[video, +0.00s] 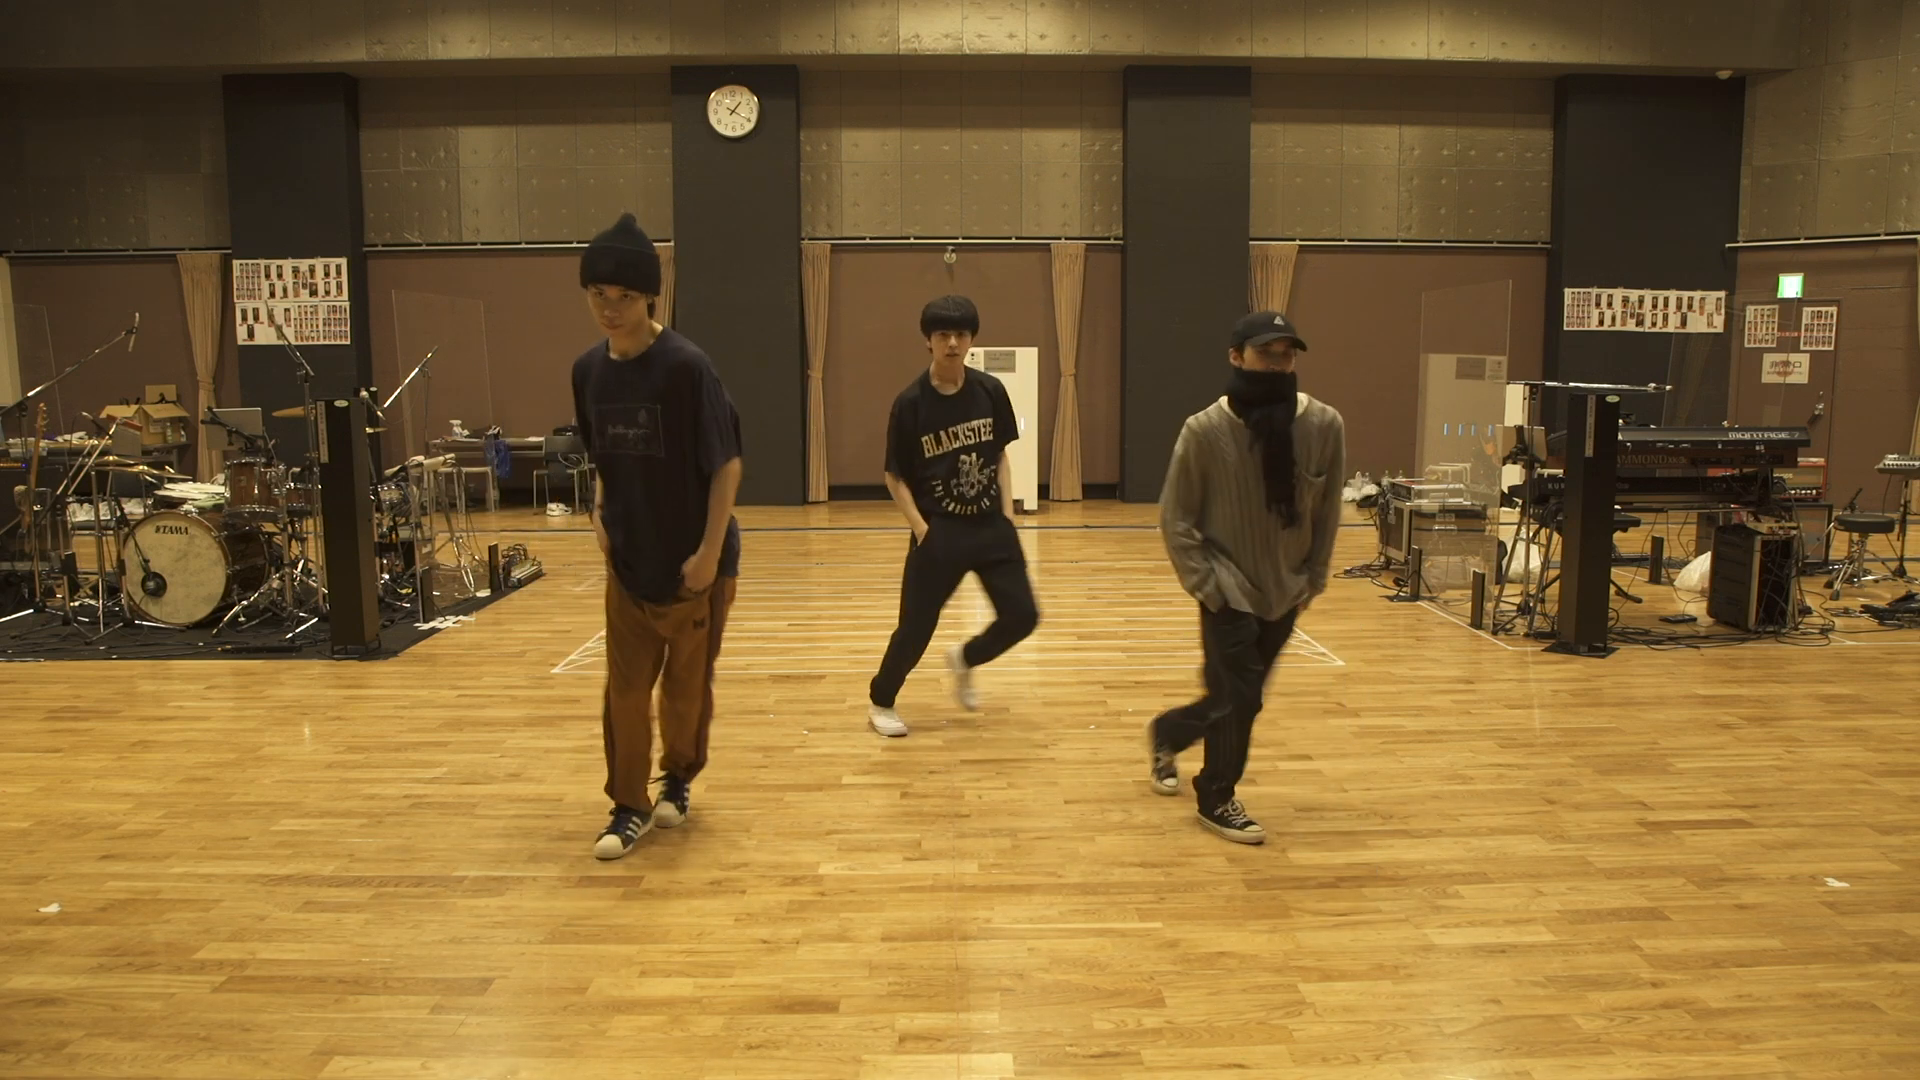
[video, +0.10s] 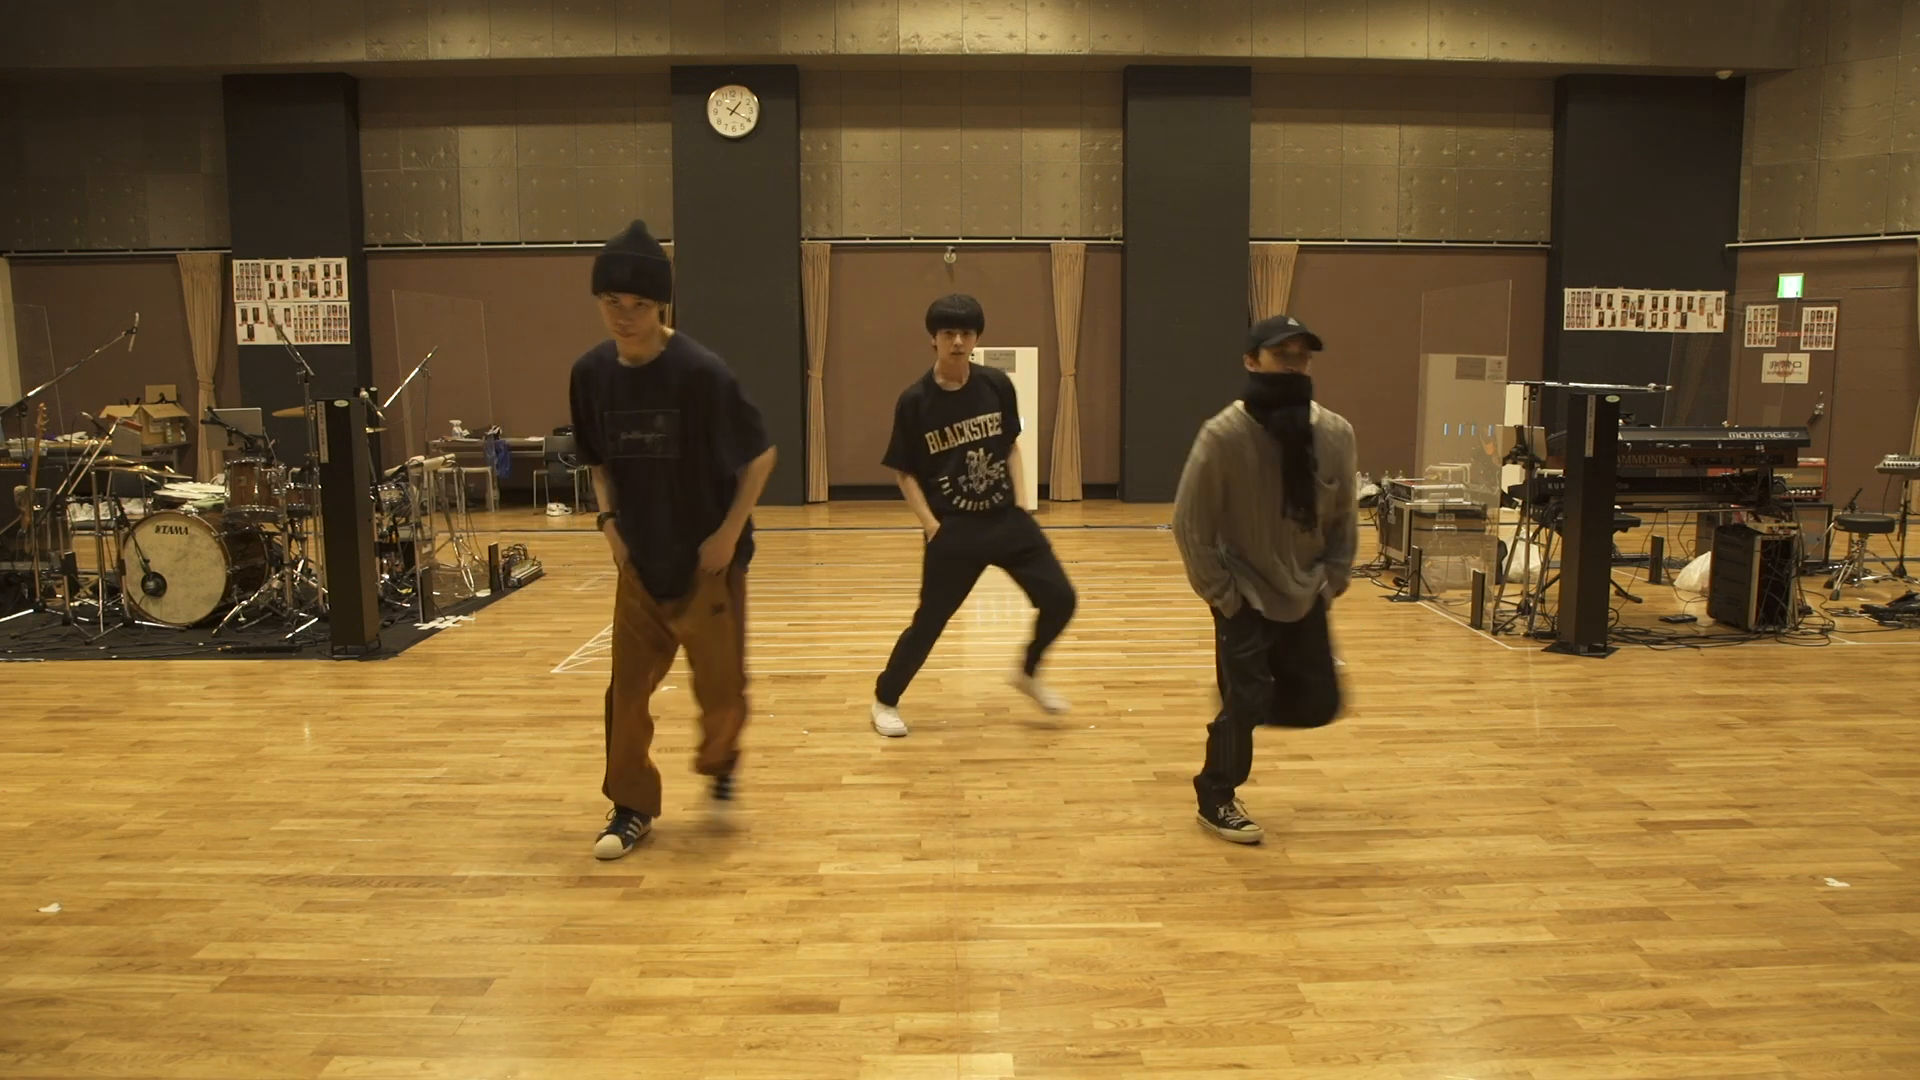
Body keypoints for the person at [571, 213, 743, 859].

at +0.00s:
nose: (610, 308)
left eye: (622, 297)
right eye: (600, 297)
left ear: (651, 296)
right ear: (588, 298)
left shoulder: (688, 368)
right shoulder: (589, 372)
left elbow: (727, 464)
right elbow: (602, 465)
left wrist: (708, 553)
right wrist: (605, 530)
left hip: (694, 559)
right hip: (629, 558)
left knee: (686, 682)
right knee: (625, 688)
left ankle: (679, 778)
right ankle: (628, 807)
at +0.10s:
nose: (623, 316)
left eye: (636, 305)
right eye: (613, 304)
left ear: (662, 305)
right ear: (600, 304)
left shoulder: (702, 373)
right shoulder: (591, 375)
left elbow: (761, 453)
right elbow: (601, 462)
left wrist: (728, 534)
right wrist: (612, 527)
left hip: (708, 559)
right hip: (640, 560)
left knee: (721, 687)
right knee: (625, 690)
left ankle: (720, 766)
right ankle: (631, 807)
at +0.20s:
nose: (651, 314)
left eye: (664, 304)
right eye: (642, 302)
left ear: (690, 303)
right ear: (629, 300)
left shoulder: (734, 369)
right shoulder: (609, 364)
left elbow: (785, 437)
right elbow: (611, 444)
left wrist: (756, 504)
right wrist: (618, 512)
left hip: (724, 555)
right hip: (646, 559)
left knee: (772, 675)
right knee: (621, 690)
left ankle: (806, 791)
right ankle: (624, 808)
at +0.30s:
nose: (711, 341)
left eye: (724, 330)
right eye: (699, 329)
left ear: (743, 334)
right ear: (680, 329)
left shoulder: (774, 398)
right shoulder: (642, 397)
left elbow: (796, 468)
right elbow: (625, 458)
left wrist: (781, 518)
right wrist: (637, 529)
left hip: (752, 573)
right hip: (672, 579)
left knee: (823, 693)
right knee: (643, 705)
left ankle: (894, 818)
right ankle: (605, 817)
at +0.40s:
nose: (728, 366)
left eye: (740, 355)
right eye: (717, 354)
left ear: (762, 357)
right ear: (701, 354)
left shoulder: (787, 423)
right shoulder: (659, 420)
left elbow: (811, 500)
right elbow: (634, 495)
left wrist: (793, 543)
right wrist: (649, 564)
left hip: (768, 602)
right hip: (686, 613)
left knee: (845, 706)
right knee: (656, 730)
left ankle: (897, 823)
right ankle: (608, 823)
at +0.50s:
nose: (706, 367)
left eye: (719, 354)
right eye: (695, 355)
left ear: (746, 358)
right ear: (681, 359)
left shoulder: (781, 432)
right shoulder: (652, 420)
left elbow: (816, 511)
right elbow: (644, 494)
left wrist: (780, 557)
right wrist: (647, 555)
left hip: (757, 611)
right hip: (671, 612)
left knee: (839, 709)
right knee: (598, 720)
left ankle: (897, 827)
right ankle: (604, 814)